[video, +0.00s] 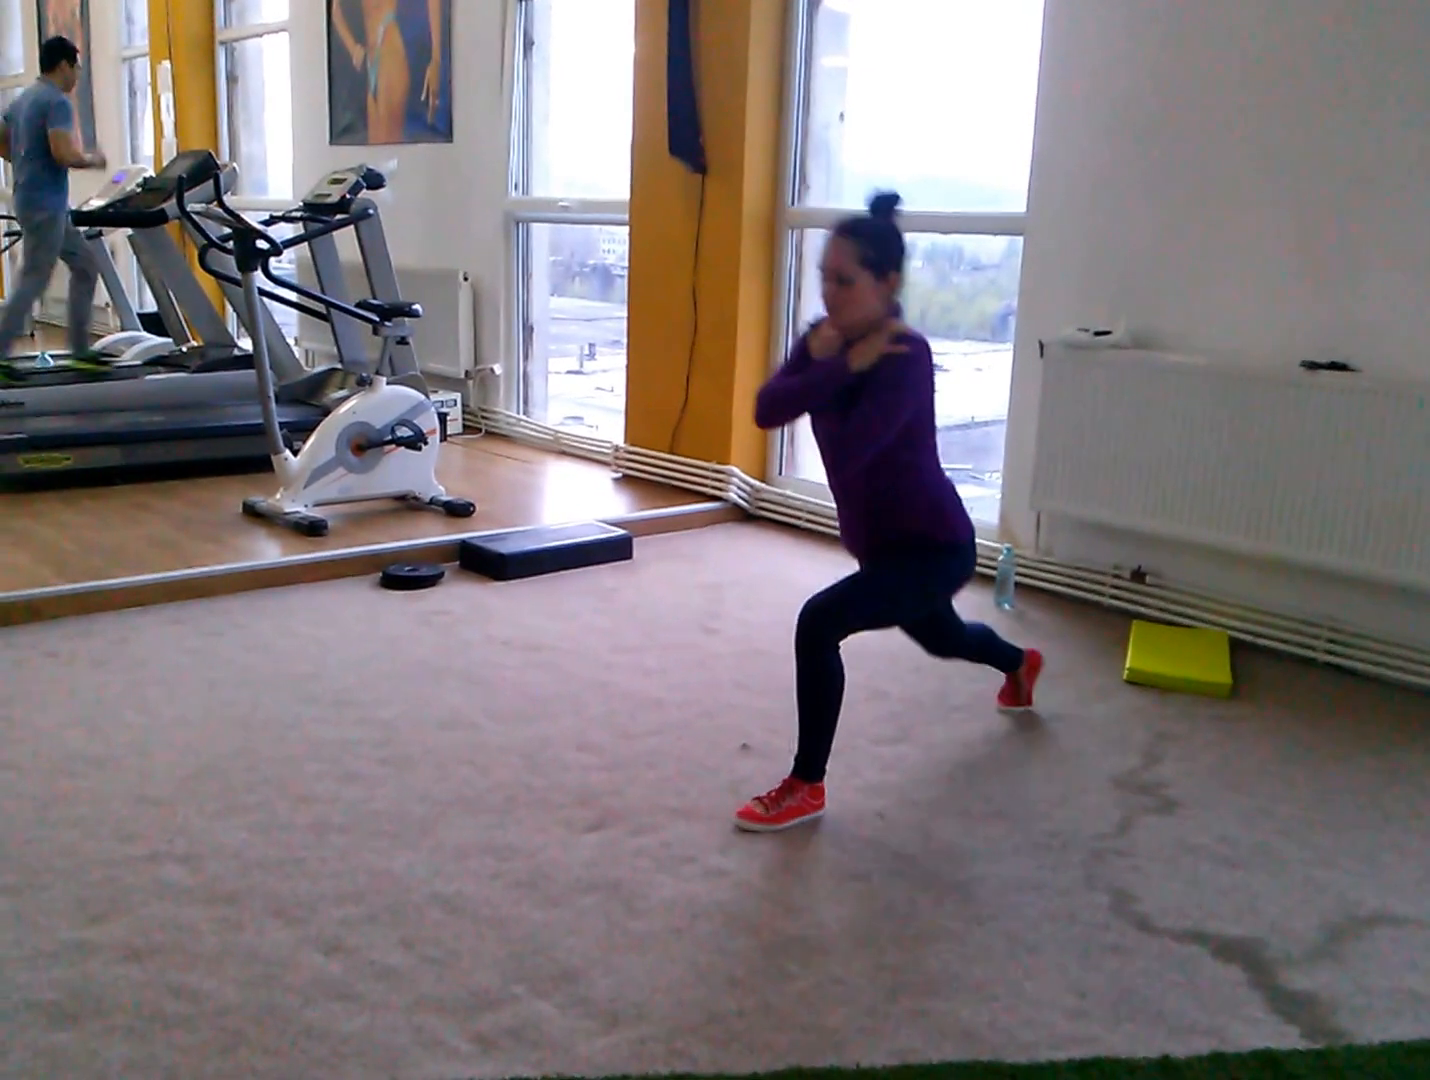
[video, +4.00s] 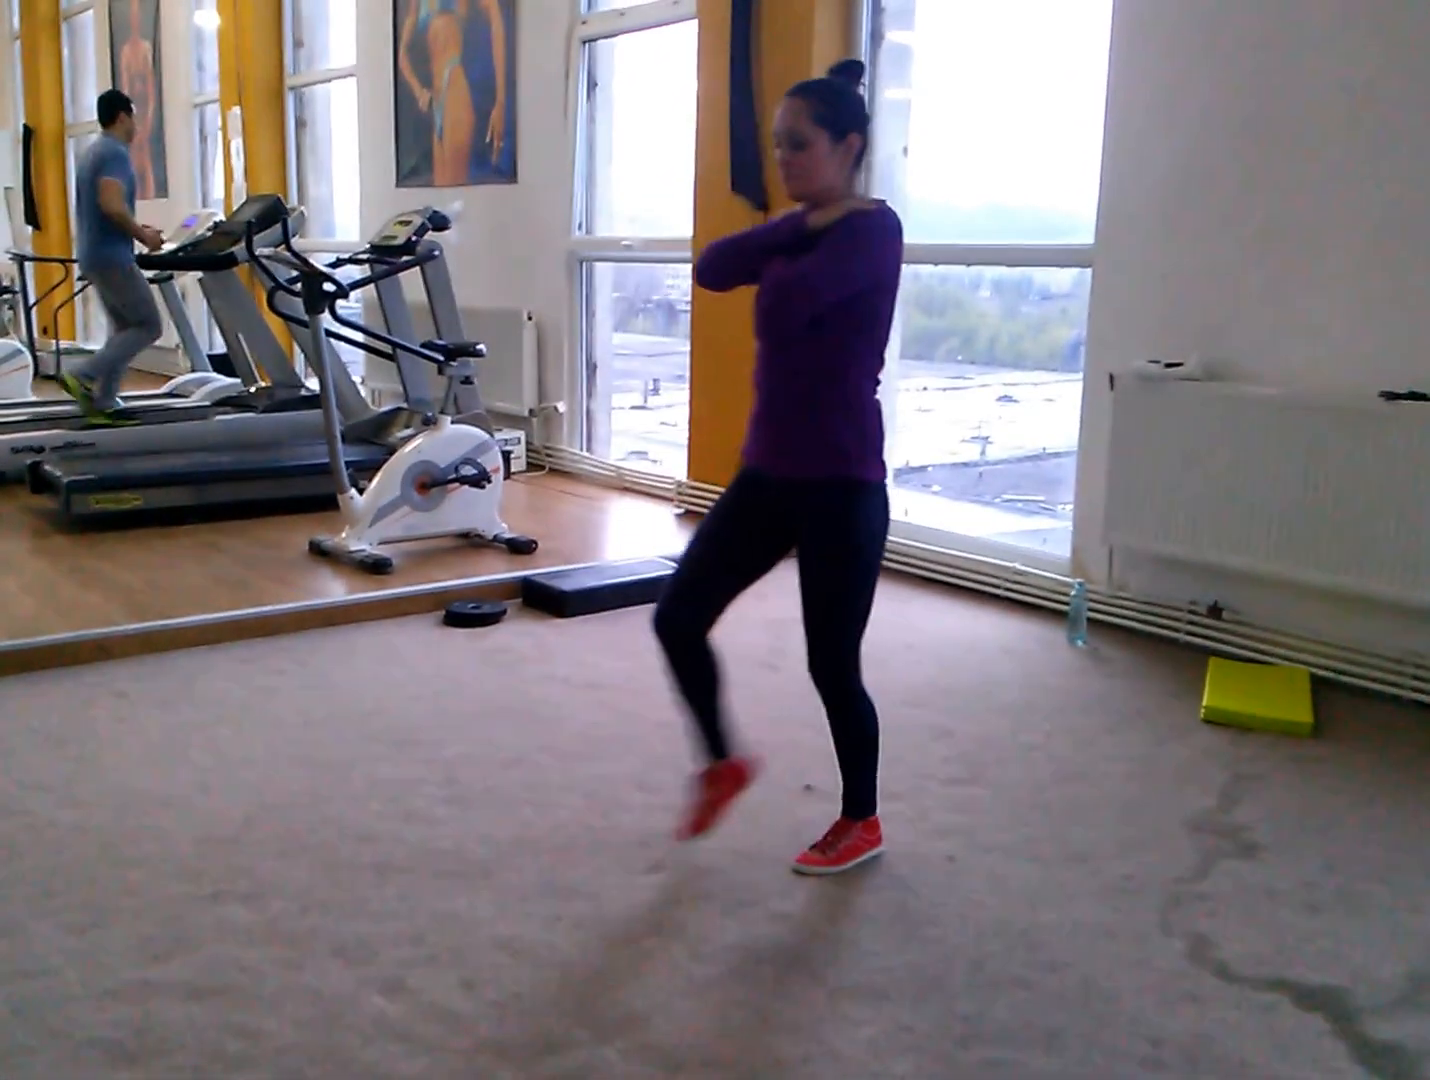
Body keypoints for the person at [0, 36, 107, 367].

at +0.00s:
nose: (77, 75)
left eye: (76, 68)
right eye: (75, 68)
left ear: (47, 66)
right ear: (63, 66)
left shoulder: (22, 99)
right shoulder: (56, 102)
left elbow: (3, 144)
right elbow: (64, 155)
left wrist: (28, 160)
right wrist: (93, 159)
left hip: (31, 204)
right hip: (46, 207)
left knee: (86, 264)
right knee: (34, 280)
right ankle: (2, 351)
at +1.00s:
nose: (101, 89)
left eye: (100, 83)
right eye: (99, 83)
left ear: (74, 85)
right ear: (87, 84)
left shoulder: (63, 119)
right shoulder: (75, 120)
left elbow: (72, 179)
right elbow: (76, 174)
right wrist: (114, 205)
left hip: (62, 224)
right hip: (73, 225)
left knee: (90, 297)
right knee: (109, 294)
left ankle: (73, 372)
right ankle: (43, 341)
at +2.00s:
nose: (128, 99)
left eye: (128, 92)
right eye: (125, 92)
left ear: (101, 92)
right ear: (110, 92)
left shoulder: (97, 125)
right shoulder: (94, 125)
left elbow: (94, 173)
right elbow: (80, 171)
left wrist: (126, 173)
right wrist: (120, 202)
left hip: (86, 230)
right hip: (98, 231)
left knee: (88, 306)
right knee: (133, 299)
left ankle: (26, 360)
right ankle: (134, 386)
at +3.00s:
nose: (142, 113)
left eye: (141, 106)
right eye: (139, 106)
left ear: (111, 106)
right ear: (127, 106)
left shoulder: (89, 140)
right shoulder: (119, 142)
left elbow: (67, 185)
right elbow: (129, 194)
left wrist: (98, 204)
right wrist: (156, 201)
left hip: (99, 245)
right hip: (111, 246)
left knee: (148, 305)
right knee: (100, 321)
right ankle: (62, 393)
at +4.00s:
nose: (135, 123)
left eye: (133, 116)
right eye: (132, 116)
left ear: (106, 118)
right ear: (122, 117)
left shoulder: (96, 150)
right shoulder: (113, 152)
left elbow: (103, 208)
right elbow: (111, 205)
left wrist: (140, 232)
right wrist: (142, 233)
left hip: (98, 257)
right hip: (111, 257)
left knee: (124, 329)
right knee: (148, 325)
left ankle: (105, 399)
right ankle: (84, 375)